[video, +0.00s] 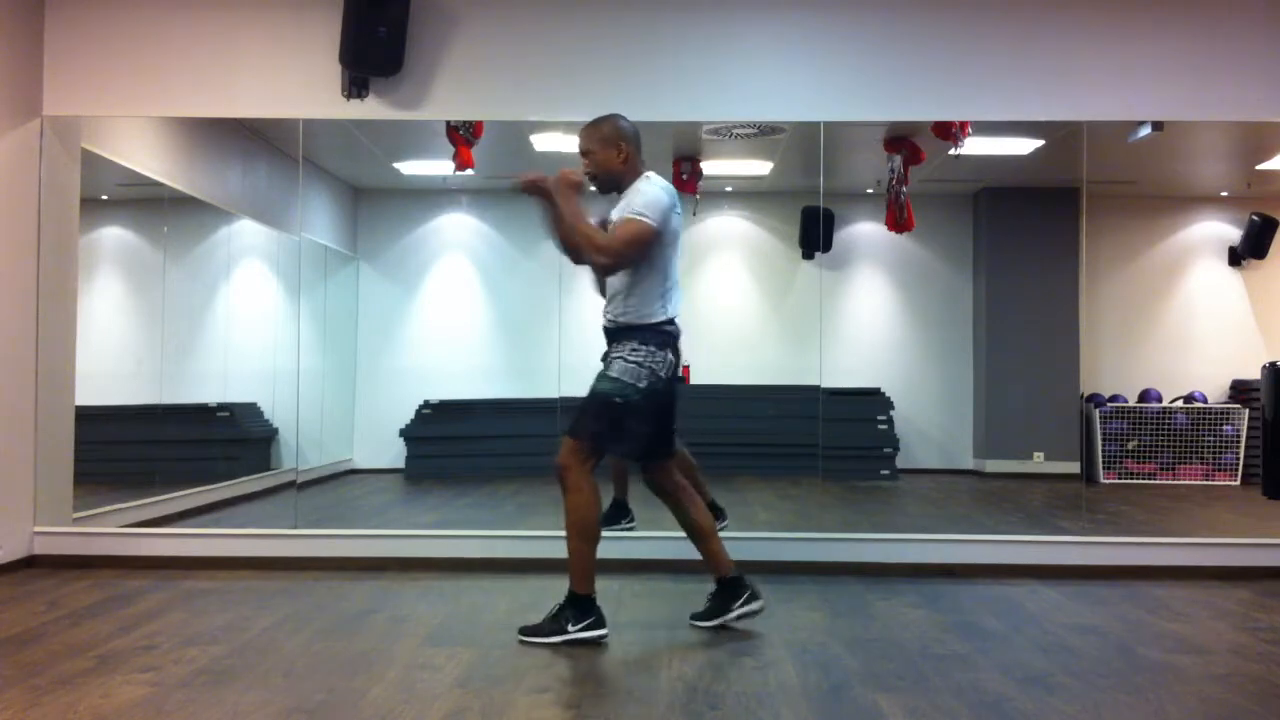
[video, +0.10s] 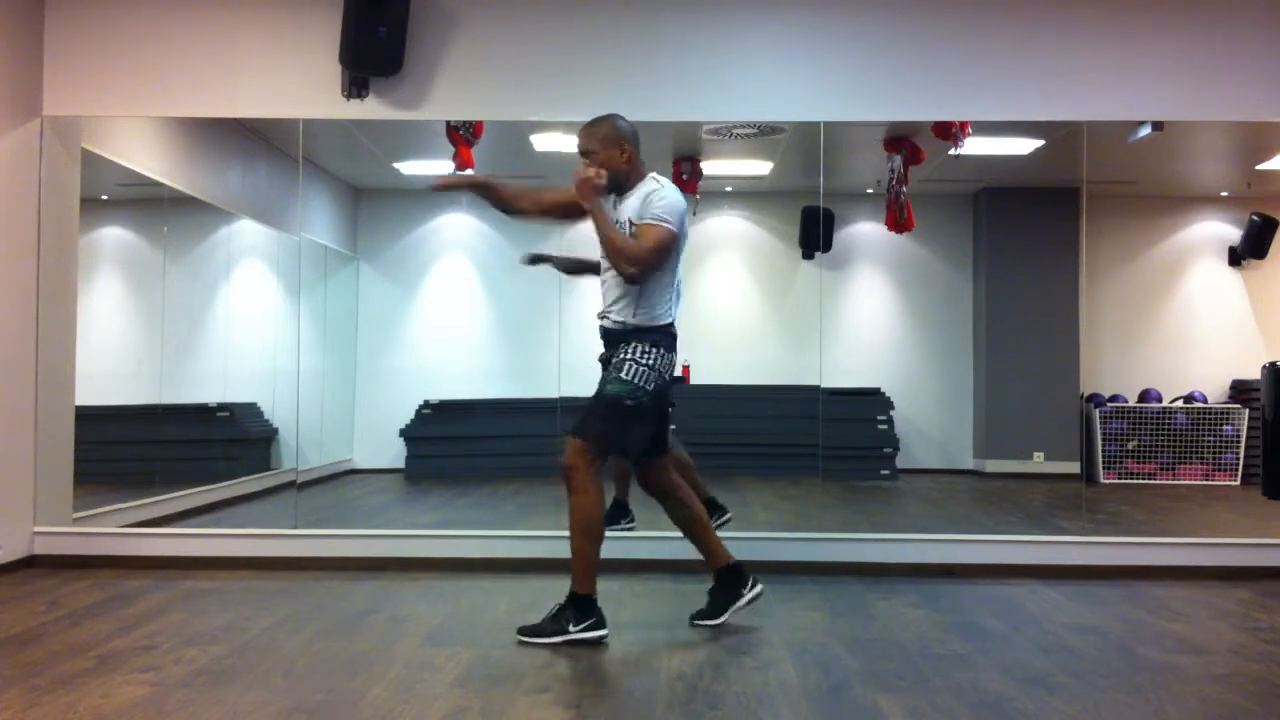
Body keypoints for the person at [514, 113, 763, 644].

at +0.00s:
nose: (585, 165)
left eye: (589, 155)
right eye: (583, 156)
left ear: (621, 151)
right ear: (620, 152)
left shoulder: (653, 192)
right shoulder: (624, 199)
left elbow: (607, 255)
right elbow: (580, 251)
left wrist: (568, 199)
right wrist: (552, 201)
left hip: (642, 350)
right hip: (637, 348)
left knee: (574, 461)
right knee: (662, 472)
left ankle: (581, 605)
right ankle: (731, 584)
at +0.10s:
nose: (587, 167)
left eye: (592, 156)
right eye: (584, 158)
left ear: (626, 152)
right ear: (612, 155)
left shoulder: (665, 199)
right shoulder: (613, 195)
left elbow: (633, 263)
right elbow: (532, 203)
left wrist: (593, 204)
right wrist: (478, 182)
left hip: (645, 349)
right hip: (623, 346)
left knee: (580, 460)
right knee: (656, 473)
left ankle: (582, 605)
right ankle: (729, 575)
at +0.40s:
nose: (570, 171)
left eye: (574, 161)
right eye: (568, 162)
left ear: (604, 156)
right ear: (609, 156)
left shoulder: (626, 194)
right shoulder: (642, 194)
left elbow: (567, 253)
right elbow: (588, 262)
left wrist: (551, 199)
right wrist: (566, 207)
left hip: (633, 349)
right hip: (654, 347)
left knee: (561, 464)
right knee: (662, 472)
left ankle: (579, 607)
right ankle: (711, 593)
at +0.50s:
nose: (578, 177)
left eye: (581, 167)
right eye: (577, 168)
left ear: (606, 159)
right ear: (621, 158)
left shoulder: (605, 192)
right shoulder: (673, 200)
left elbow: (529, 223)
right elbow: (648, 282)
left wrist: (488, 189)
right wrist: (583, 283)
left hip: (624, 350)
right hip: (670, 351)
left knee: (555, 462)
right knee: (680, 472)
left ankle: (561, 603)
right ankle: (712, 598)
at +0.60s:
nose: (586, 178)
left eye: (587, 169)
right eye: (586, 170)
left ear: (607, 159)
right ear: (629, 159)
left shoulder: (603, 188)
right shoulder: (681, 203)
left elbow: (518, 200)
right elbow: (627, 270)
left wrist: (440, 190)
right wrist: (556, 270)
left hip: (624, 346)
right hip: (672, 350)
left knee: (554, 462)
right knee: (684, 474)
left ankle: (548, 599)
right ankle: (713, 597)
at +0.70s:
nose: (584, 181)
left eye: (585, 172)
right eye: (582, 173)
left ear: (607, 160)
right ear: (628, 159)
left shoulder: (606, 189)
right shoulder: (678, 206)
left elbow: (522, 226)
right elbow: (637, 292)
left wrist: (472, 195)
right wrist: (564, 278)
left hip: (620, 349)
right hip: (666, 353)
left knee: (549, 463)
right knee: (680, 475)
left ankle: (553, 602)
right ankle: (714, 598)